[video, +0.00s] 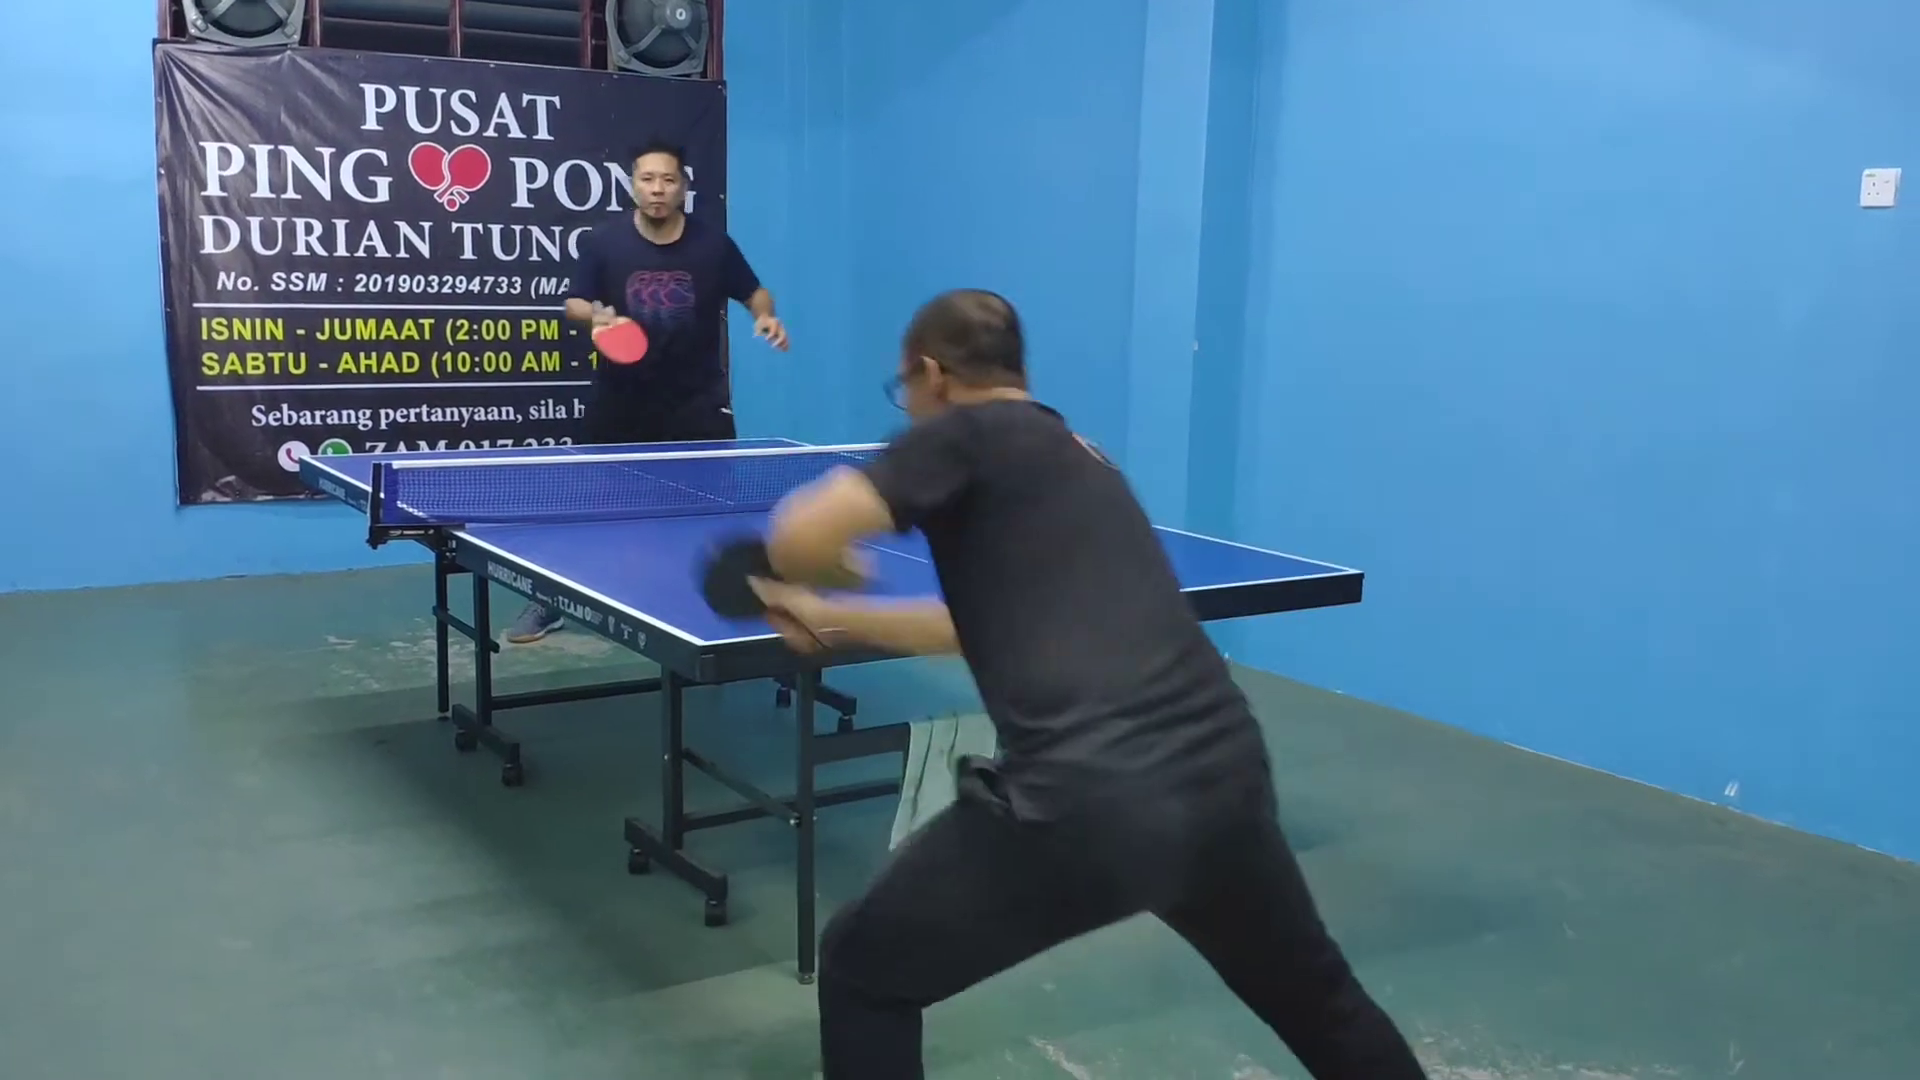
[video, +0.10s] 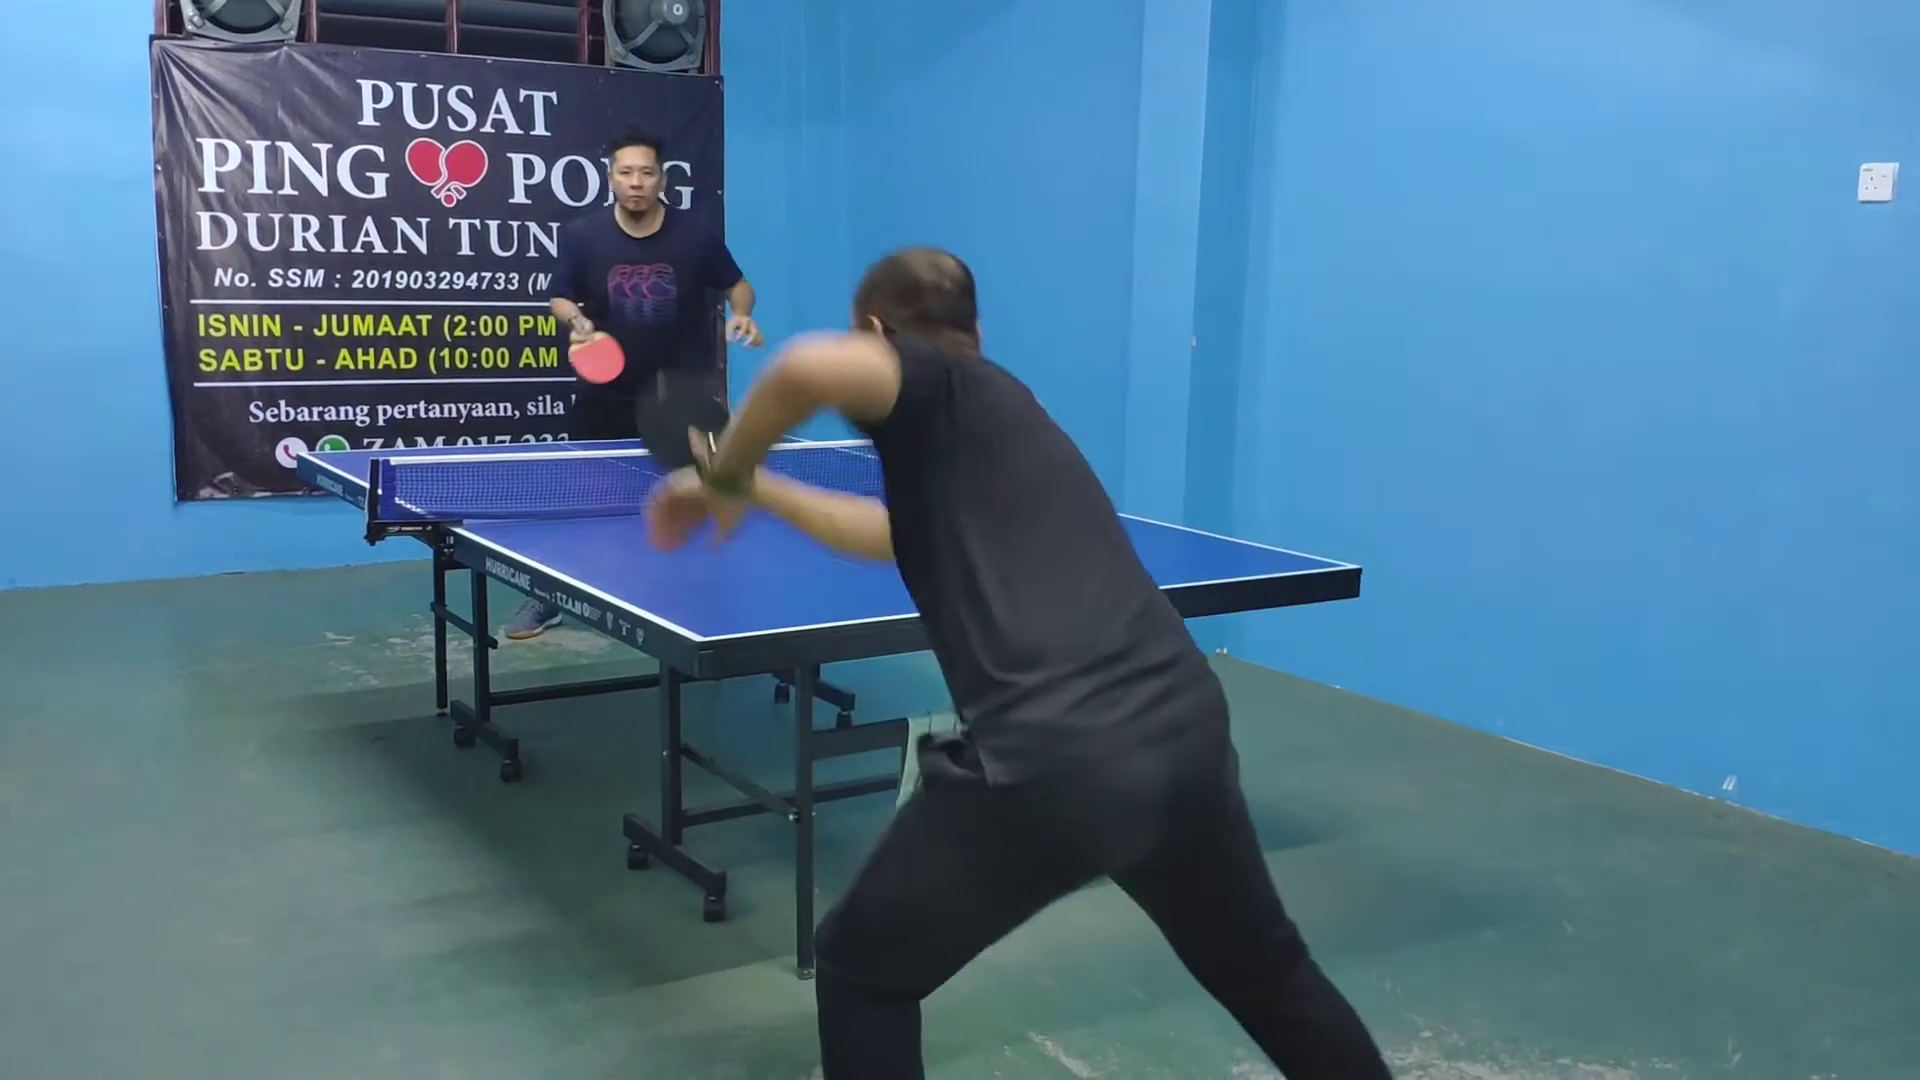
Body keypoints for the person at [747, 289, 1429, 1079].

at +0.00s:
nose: (907, 405)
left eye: (907, 386)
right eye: (906, 387)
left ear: (932, 375)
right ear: (1015, 373)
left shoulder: (960, 439)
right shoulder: (1084, 460)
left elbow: (799, 532)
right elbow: (1010, 622)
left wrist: (831, 576)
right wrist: (846, 628)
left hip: (1084, 808)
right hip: (1218, 789)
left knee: (864, 970)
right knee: (1326, 1005)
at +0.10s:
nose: (855, 348)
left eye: (857, 332)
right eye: (856, 334)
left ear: (876, 331)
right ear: (973, 333)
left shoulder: (924, 380)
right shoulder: (1016, 429)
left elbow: (801, 365)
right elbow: (878, 533)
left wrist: (723, 472)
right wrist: (752, 484)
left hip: (1047, 769)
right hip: (1182, 744)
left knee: (862, 973)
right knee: (1279, 986)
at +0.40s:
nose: (843, 284)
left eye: (844, 266)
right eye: (849, 264)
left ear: (857, 276)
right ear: (972, 267)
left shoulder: (914, 343)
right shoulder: (1019, 367)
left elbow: (930, 401)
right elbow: (896, 512)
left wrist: (811, 596)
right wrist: (742, 463)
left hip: (1004, 742)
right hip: (1140, 720)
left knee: (829, 982)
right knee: (1251, 965)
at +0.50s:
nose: (882, 318)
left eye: (882, 304)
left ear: (894, 312)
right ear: (1010, 304)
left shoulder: (930, 398)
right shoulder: (1071, 408)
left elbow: (925, 524)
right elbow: (984, 584)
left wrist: (860, 731)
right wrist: (816, 570)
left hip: (1014, 795)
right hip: (1177, 779)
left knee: (838, 975)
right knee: (1307, 958)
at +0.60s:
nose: (956, 305)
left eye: (958, 291)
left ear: (969, 301)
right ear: (1078, 295)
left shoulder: (984, 397)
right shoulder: (1153, 393)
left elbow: (936, 546)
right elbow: (1138, 571)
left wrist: (908, 722)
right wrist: (981, 614)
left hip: (1089, 786)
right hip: (1258, 768)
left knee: (911, 977)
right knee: (1403, 956)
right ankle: (1489, 1071)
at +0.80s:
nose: (1214, 370)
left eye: (1216, 357)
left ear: (1227, 368)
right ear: (1335, 370)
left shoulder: (1171, 495)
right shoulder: (1424, 495)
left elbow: (1094, 690)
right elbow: (1511, 705)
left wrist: (1191, 736)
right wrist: (1480, 764)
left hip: (1229, 861)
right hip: (1403, 862)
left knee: (1032, 991)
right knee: (1499, 1000)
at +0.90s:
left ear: (1316, 380)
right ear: (1436, 393)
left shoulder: (1234, 498)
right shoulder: (1486, 516)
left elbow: (1208, 682)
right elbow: (1611, 716)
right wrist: (1756, 827)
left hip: (1246, 860)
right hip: (1433, 868)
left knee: (1058, 1014)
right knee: (1535, 986)